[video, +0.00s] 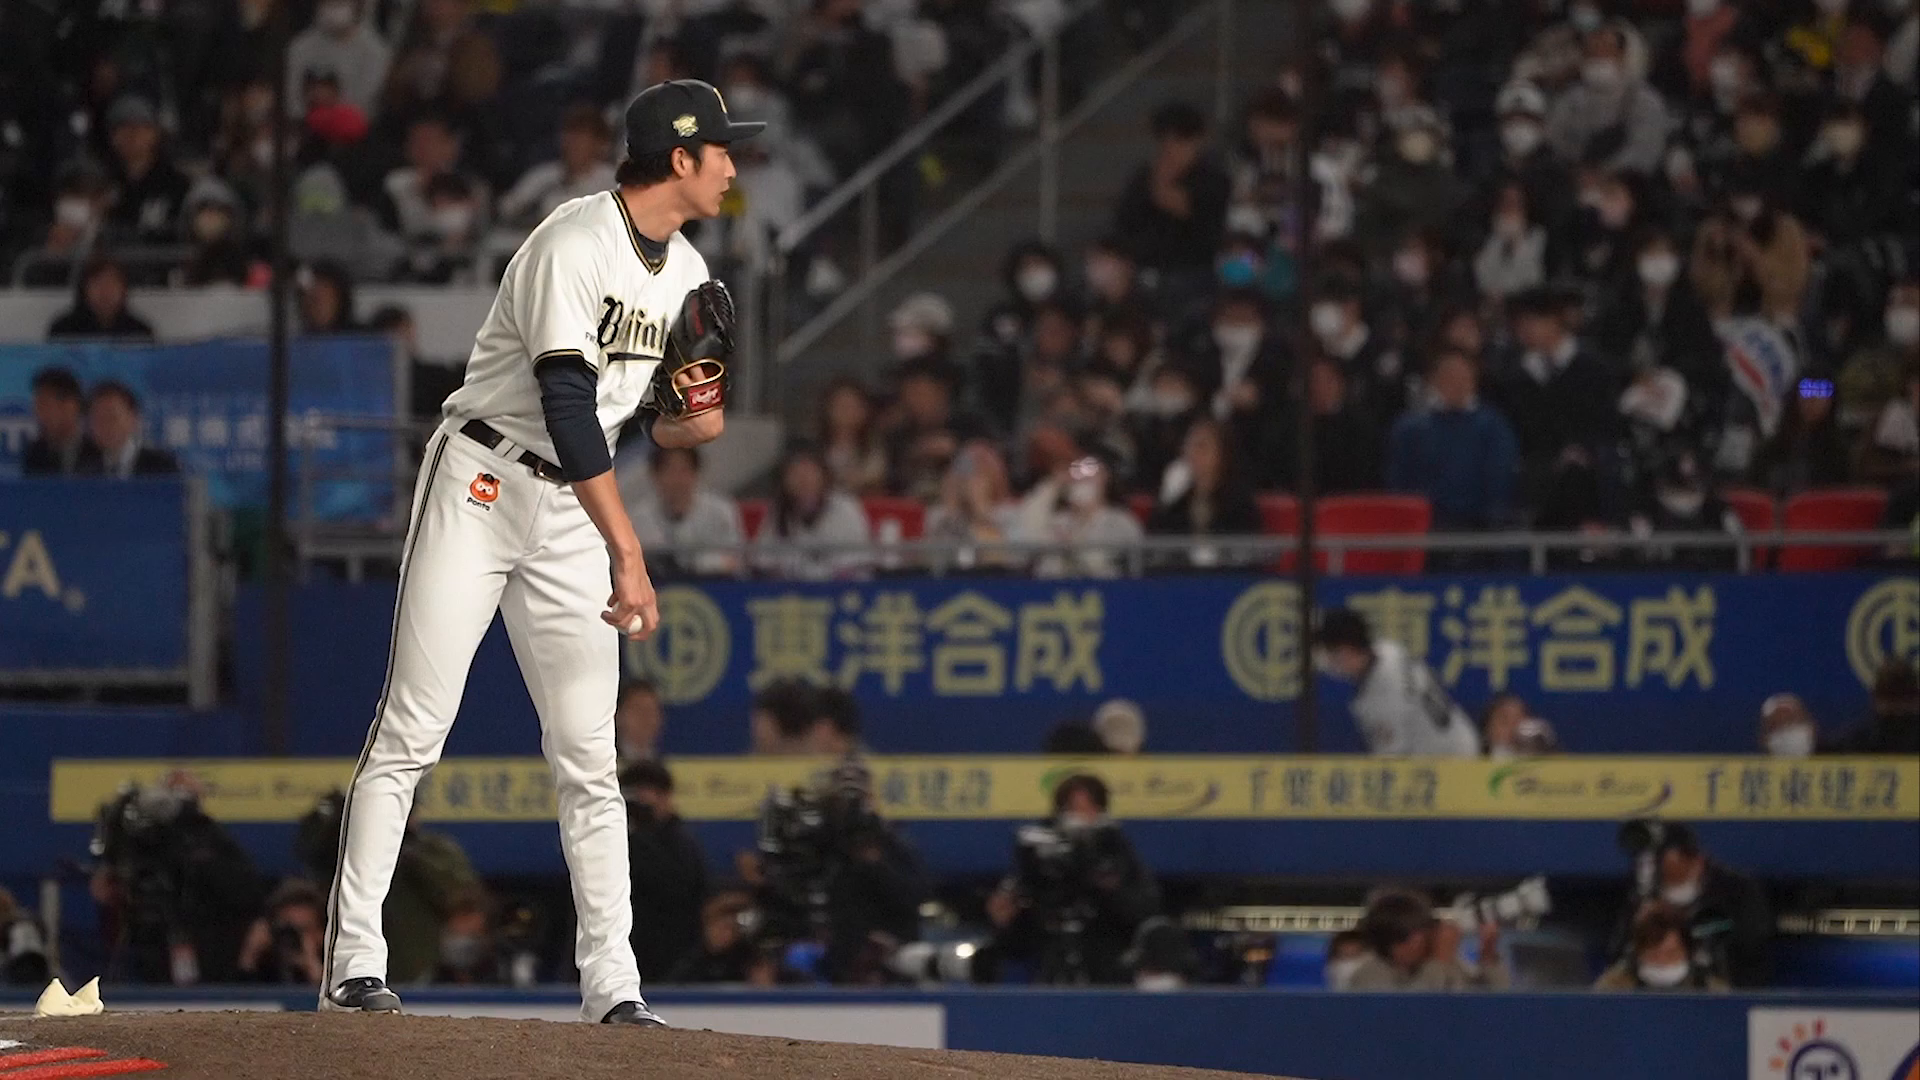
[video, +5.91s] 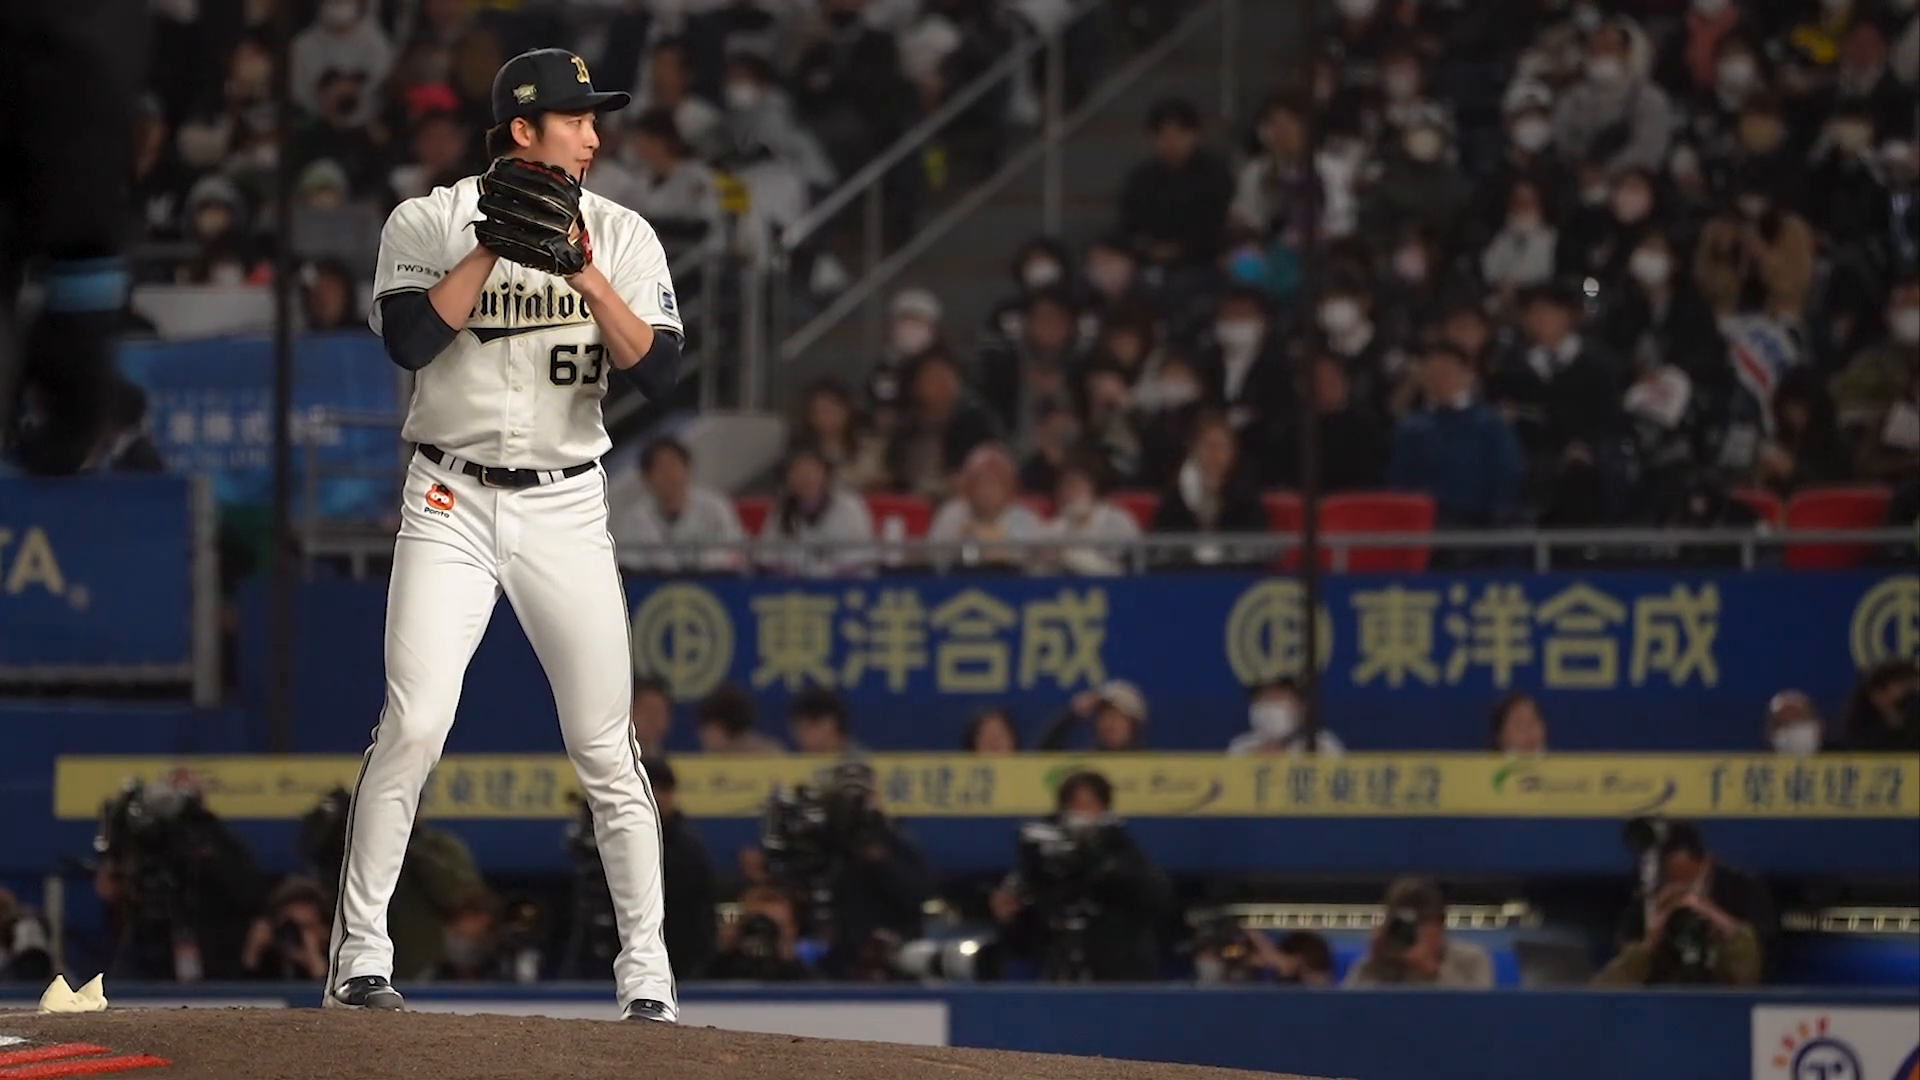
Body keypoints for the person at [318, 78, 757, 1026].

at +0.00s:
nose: (733, 166)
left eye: (730, 151)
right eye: (721, 150)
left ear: (681, 161)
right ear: (680, 157)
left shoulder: (692, 274)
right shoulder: (570, 243)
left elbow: (663, 416)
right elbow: (568, 409)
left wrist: (688, 424)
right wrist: (627, 552)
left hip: (577, 513)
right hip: (480, 481)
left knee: (589, 759)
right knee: (412, 729)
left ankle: (613, 993)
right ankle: (354, 962)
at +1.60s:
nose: (679, 144)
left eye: (683, 129)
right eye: (662, 126)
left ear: (672, 142)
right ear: (605, 128)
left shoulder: (686, 265)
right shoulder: (511, 218)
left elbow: (681, 401)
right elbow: (447, 365)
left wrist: (710, 439)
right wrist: (549, 466)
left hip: (578, 511)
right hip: (470, 492)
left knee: (599, 754)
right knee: (410, 730)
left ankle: (616, 985)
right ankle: (357, 955)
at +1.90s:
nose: (541, 114)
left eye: (552, 100)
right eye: (520, 98)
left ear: (565, 121)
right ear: (475, 112)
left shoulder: (603, 234)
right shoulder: (407, 213)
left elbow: (639, 385)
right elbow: (343, 362)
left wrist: (597, 367)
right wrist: (458, 347)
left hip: (540, 500)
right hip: (423, 489)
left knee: (584, 745)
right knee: (398, 724)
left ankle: (616, 986)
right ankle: (357, 959)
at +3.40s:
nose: (475, 110)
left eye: (490, 94)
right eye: (455, 94)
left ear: (515, 111)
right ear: (422, 113)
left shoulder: (558, 199)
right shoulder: (374, 199)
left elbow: (567, 254)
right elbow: (374, 247)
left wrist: (542, 273)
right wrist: (439, 261)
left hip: (517, 493)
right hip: (399, 492)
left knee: (581, 734)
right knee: (379, 725)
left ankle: (637, 963)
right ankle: (357, 962)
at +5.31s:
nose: (585, 138)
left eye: (591, 121)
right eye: (566, 121)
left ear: (594, 132)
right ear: (514, 129)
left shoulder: (627, 238)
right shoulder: (428, 221)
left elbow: (656, 376)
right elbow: (403, 343)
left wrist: (581, 277)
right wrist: (489, 248)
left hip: (567, 513)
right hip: (447, 503)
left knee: (605, 750)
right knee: (411, 723)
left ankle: (646, 976)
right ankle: (360, 960)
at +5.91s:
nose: (592, 133)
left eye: (594, 118)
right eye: (574, 117)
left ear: (589, 132)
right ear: (519, 126)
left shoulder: (624, 236)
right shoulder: (428, 220)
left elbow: (659, 373)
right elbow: (408, 343)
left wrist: (588, 276)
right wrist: (492, 247)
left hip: (567, 512)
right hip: (449, 503)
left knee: (605, 749)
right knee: (414, 724)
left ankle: (647, 976)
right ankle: (359, 958)